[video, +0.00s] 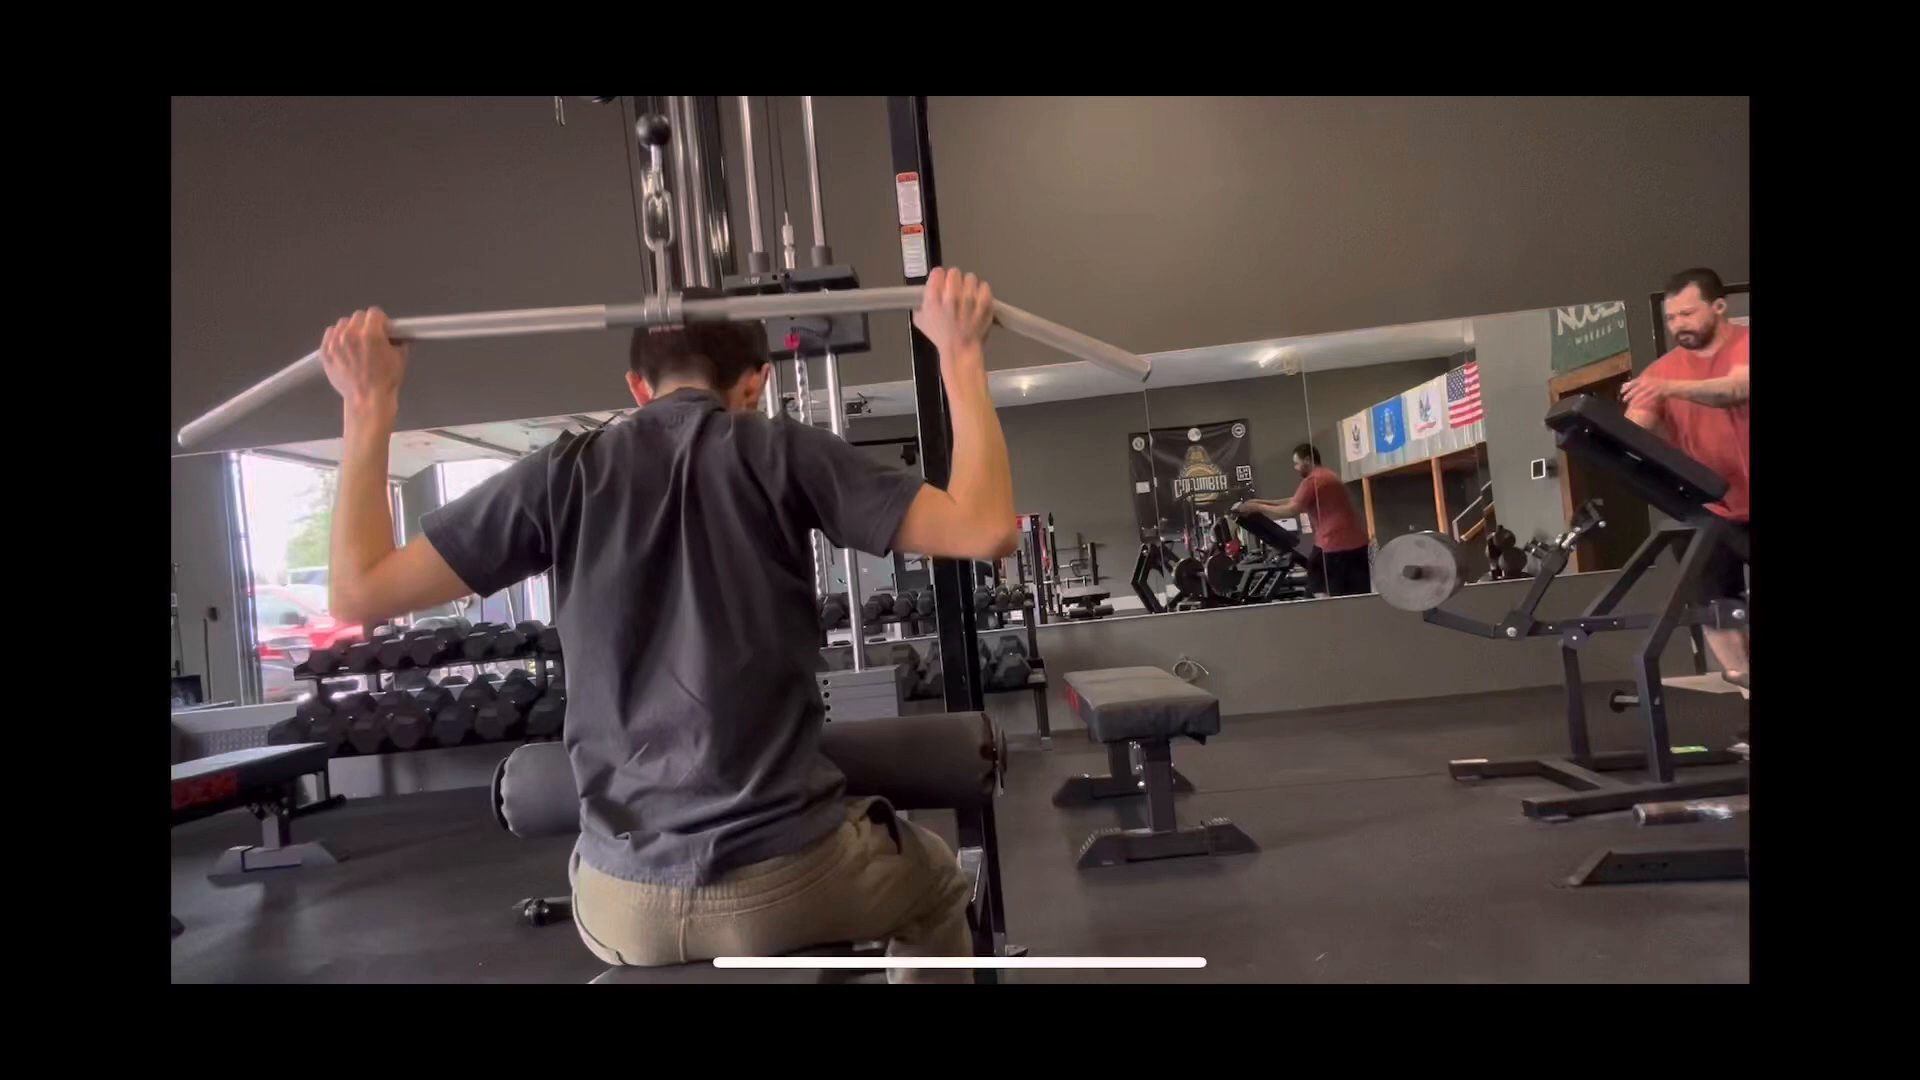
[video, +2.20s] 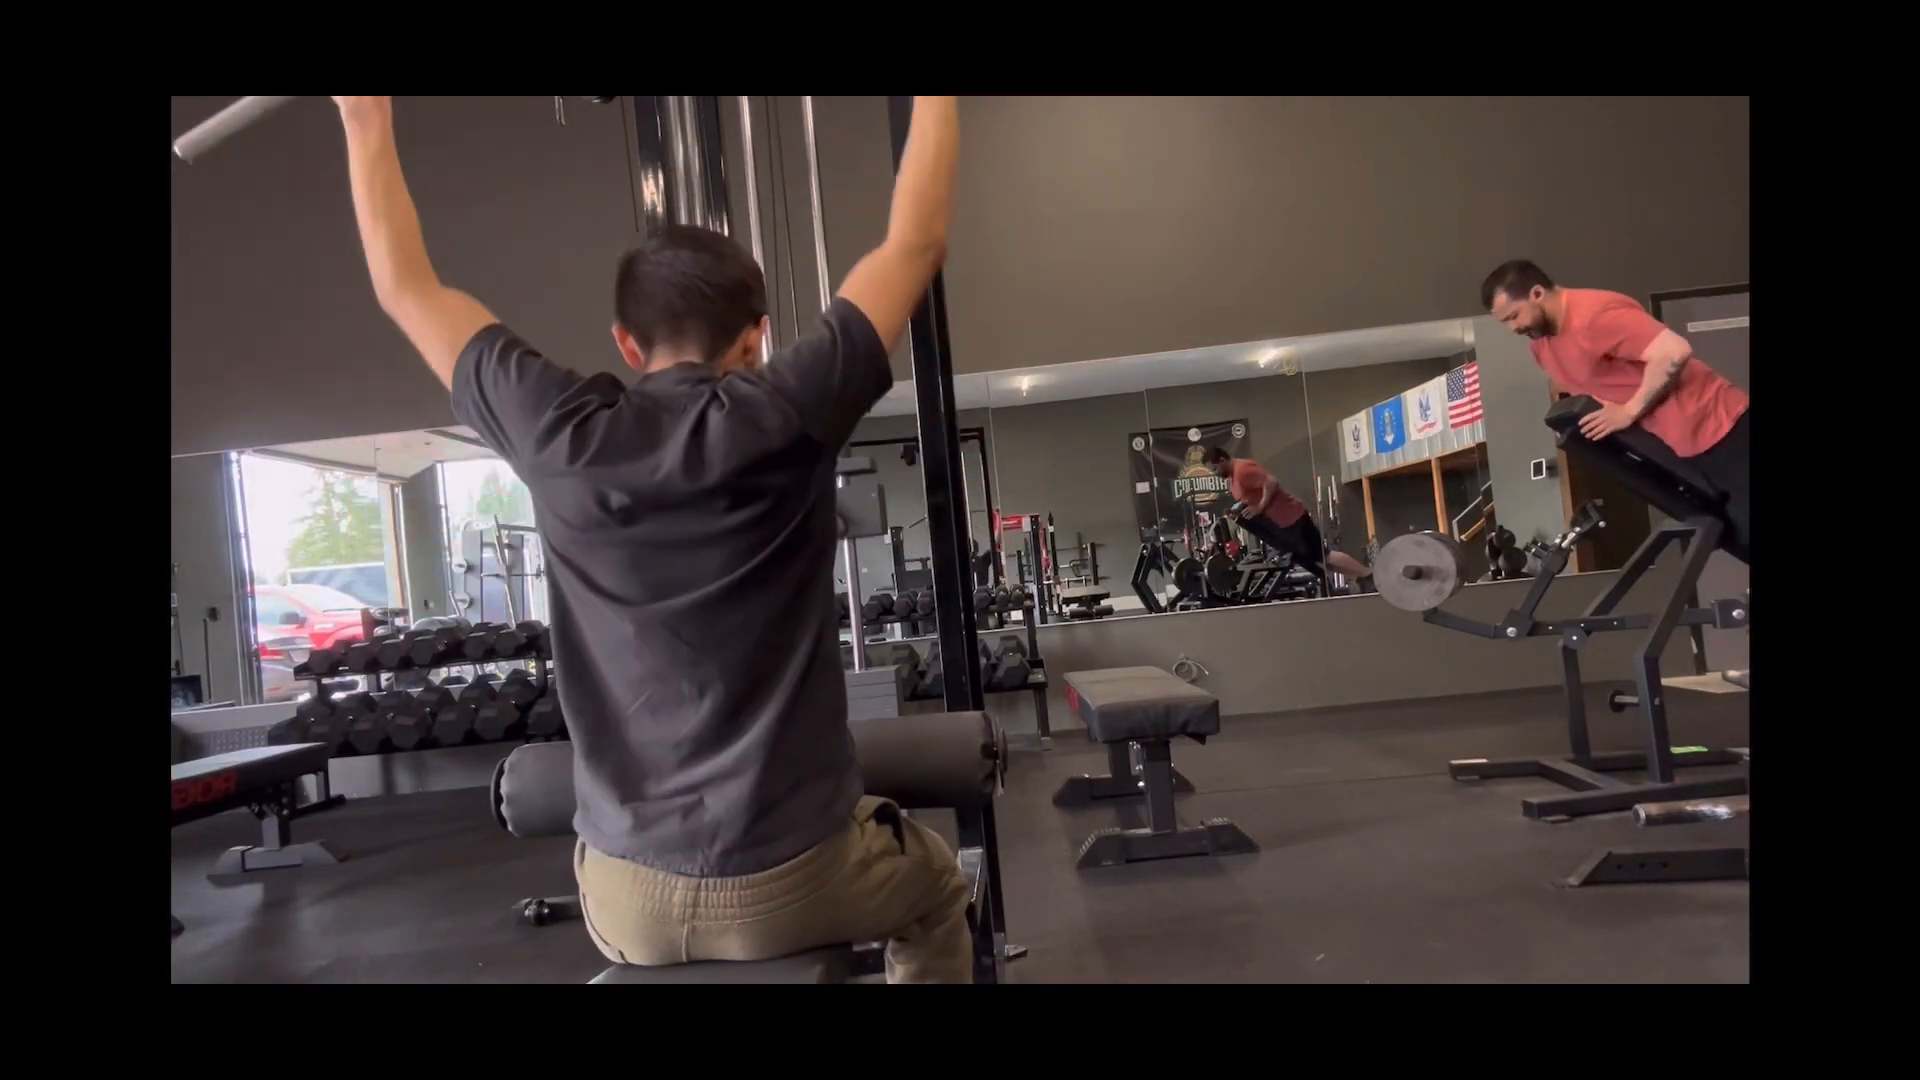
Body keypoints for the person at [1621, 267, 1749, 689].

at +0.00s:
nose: (1678, 325)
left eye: (1687, 313)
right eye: (1671, 317)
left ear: (1718, 308)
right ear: (1665, 320)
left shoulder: (1746, 341)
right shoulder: (1659, 373)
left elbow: (1738, 389)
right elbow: (1632, 438)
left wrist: (1666, 388)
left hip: (1750, 501)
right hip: (1708, 509)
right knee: (1714, 604)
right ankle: (1744, 689)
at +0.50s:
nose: (1609, 308)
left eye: (1617, 296)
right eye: (1604, 300)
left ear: (1649, 288)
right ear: (1602, 304)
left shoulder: (1697, 318)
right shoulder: (1608, 357)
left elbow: (1709, 378)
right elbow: (1610, 428)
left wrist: (1635, 406)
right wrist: (1580, 428)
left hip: (1741, 475)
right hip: (1681, 493)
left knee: (1735, 586)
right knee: (1714, 589)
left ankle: (1741, 673)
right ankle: (1741, 675)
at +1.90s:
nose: (1548, 290)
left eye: (1551, 277)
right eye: (1541, 282)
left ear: (1579, 258)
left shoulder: (1633, 285)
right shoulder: (1573, 310)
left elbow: (1687, 351)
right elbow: (1597, 378)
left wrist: (1630, 407)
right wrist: (1592, 421)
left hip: (1723, 431)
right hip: (1672, 446)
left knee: (1746, 536)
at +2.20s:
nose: (1513, 328)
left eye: (1513, 317)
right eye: (1506, 322)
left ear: (1537, 294)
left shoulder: (1596, 313)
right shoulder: (1540, 344)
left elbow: (1673, 350)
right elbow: (1567, 396)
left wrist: (1628, 411)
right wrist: (1571, 424)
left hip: (1721, 429)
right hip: (1673, 449)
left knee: (1744, 534)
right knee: (1727, 538)